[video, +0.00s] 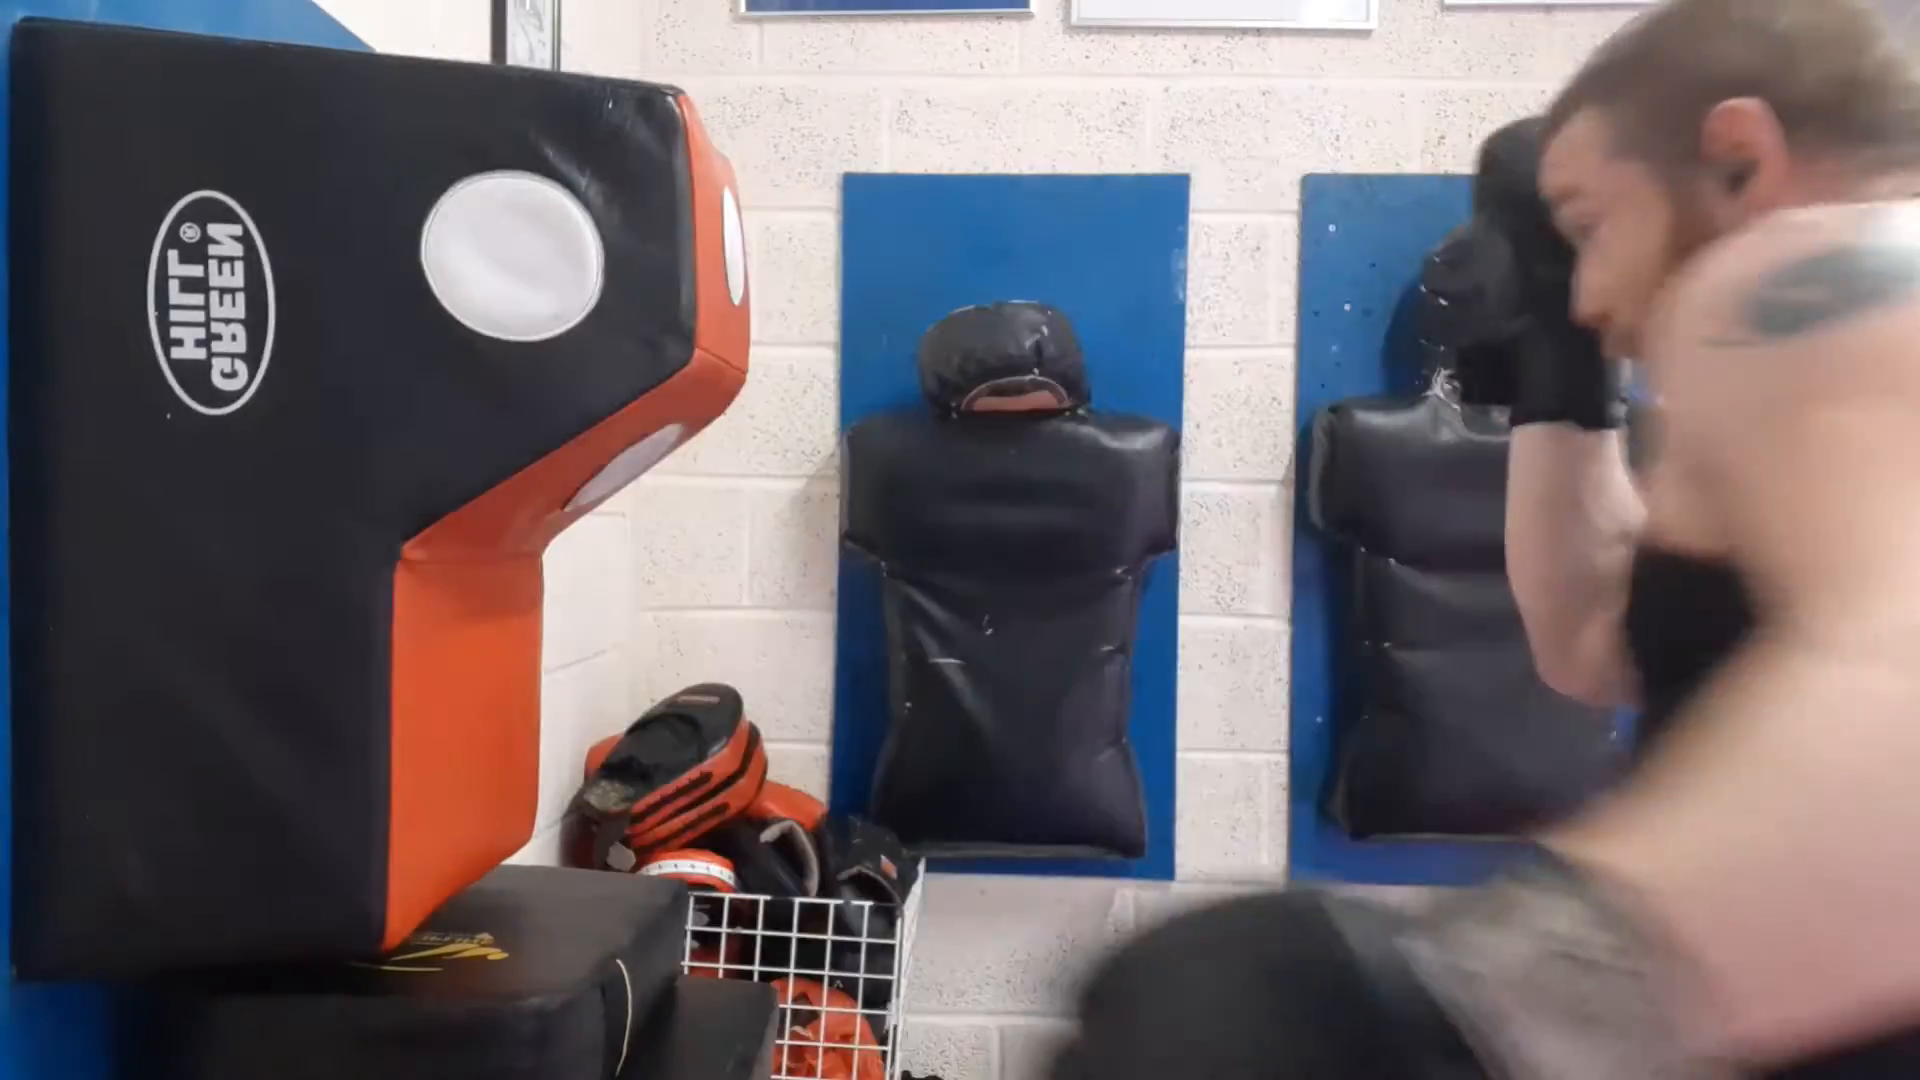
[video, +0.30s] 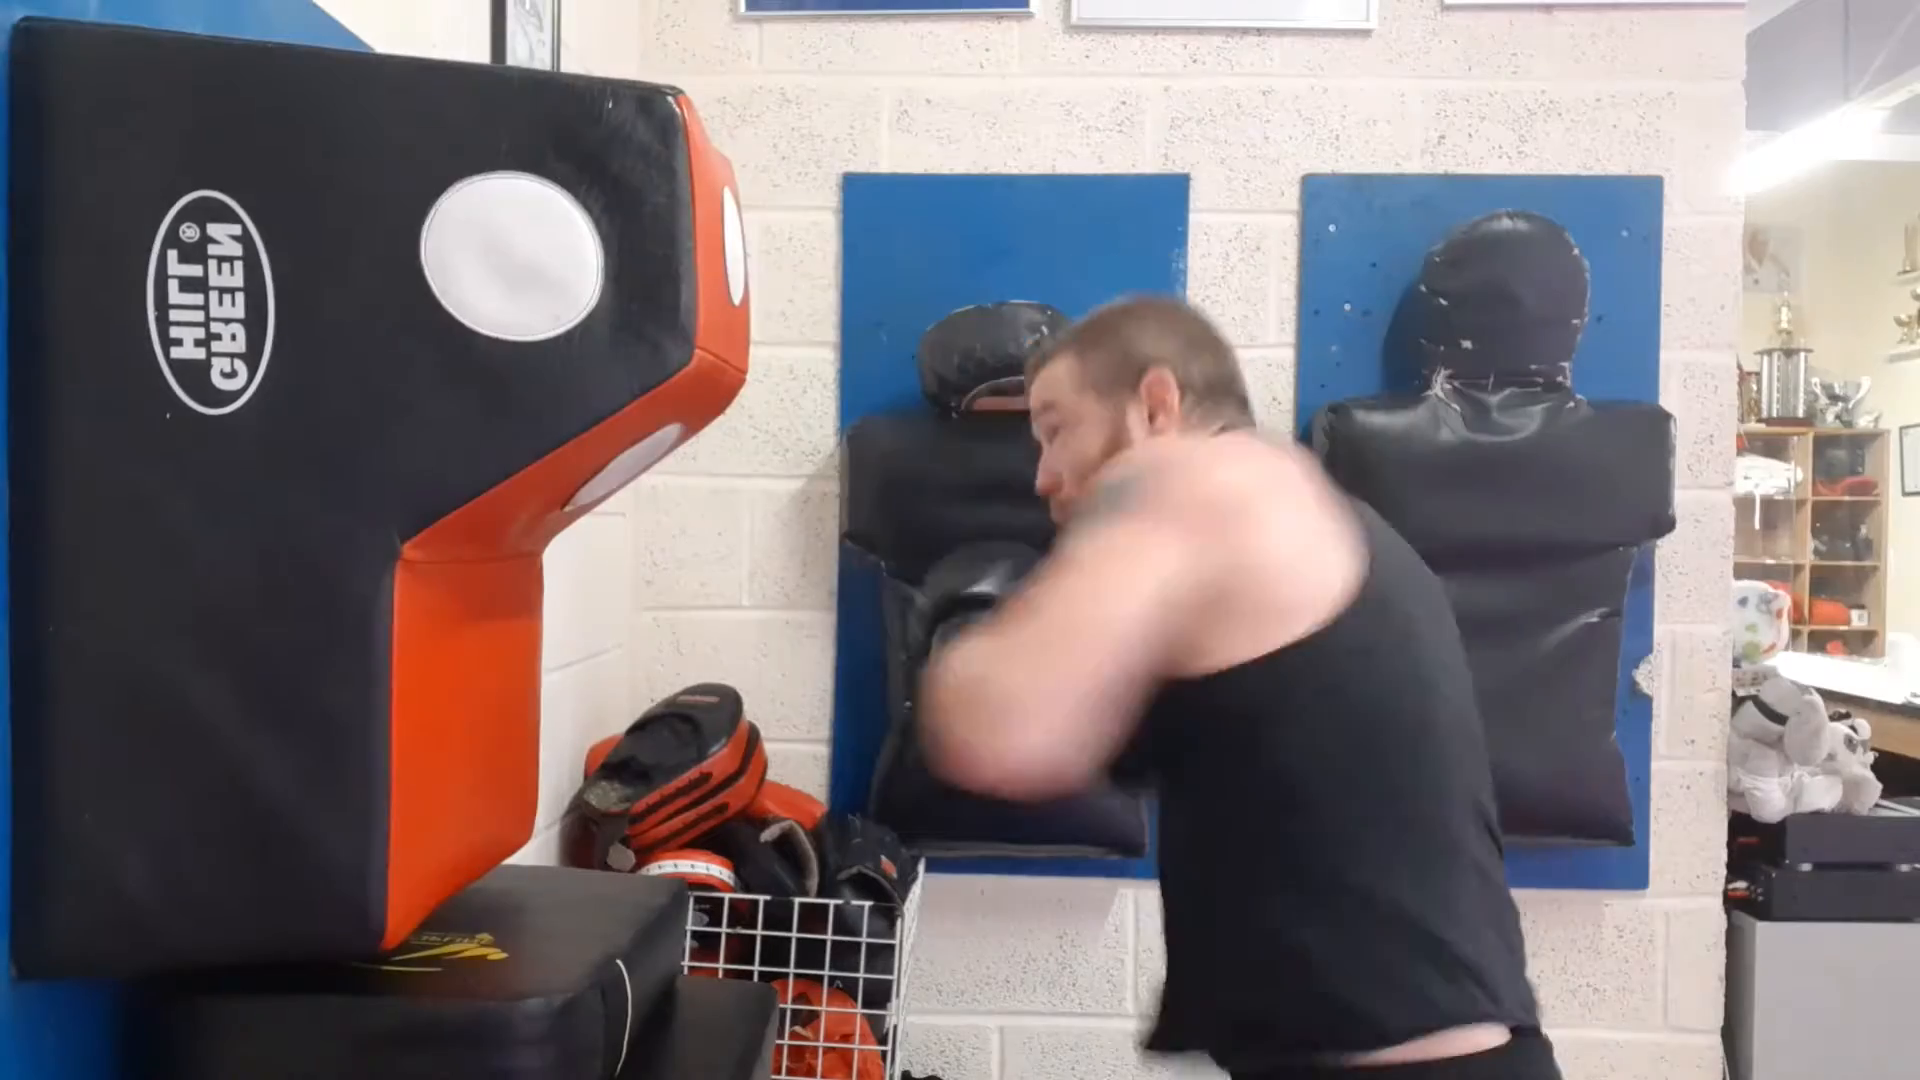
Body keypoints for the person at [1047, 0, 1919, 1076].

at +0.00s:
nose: (1585, 303)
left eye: (1589, 230)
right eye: (1566, 246)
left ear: (1744, 166)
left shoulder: (1797, 284)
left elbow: (1891, 696)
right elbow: (1589, 650)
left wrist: (1467, 1007)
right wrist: (1555, 330)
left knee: (1243, 998)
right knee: (1225, 992)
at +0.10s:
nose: (1082, 360)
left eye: (1092, 326)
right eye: (1080, 332)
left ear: (1184, 289)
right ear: (1228, 279)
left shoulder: (1275, 356)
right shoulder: (1424, 435)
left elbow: (1039, 439)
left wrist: (690, 294)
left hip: (1383, 1038)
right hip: (1488, 1034)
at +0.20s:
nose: (1045, 441)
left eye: (1054, 396)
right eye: (1043, 406)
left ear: (1151, 358)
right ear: (1154, 362)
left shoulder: (1287, 404)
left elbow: (1380, 613)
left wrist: (1105, 654)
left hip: (1384, 1039)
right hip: (1277, 1040)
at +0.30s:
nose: (1039, 479)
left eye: (1052, 432)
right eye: (1038, 444)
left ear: (1156, 404)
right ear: (1169, 410)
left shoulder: (1199, 486)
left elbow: (1001, 739)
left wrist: (965, 638)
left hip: (1377, 1058)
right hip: (1466, 1051)